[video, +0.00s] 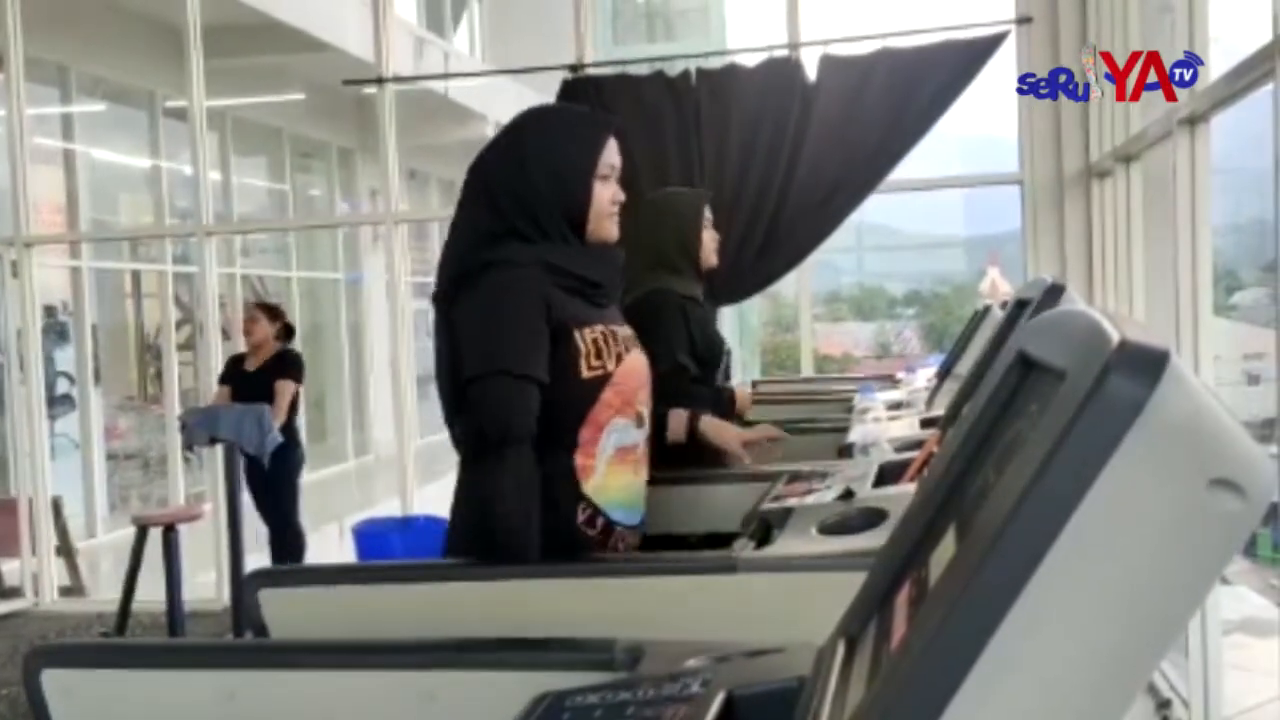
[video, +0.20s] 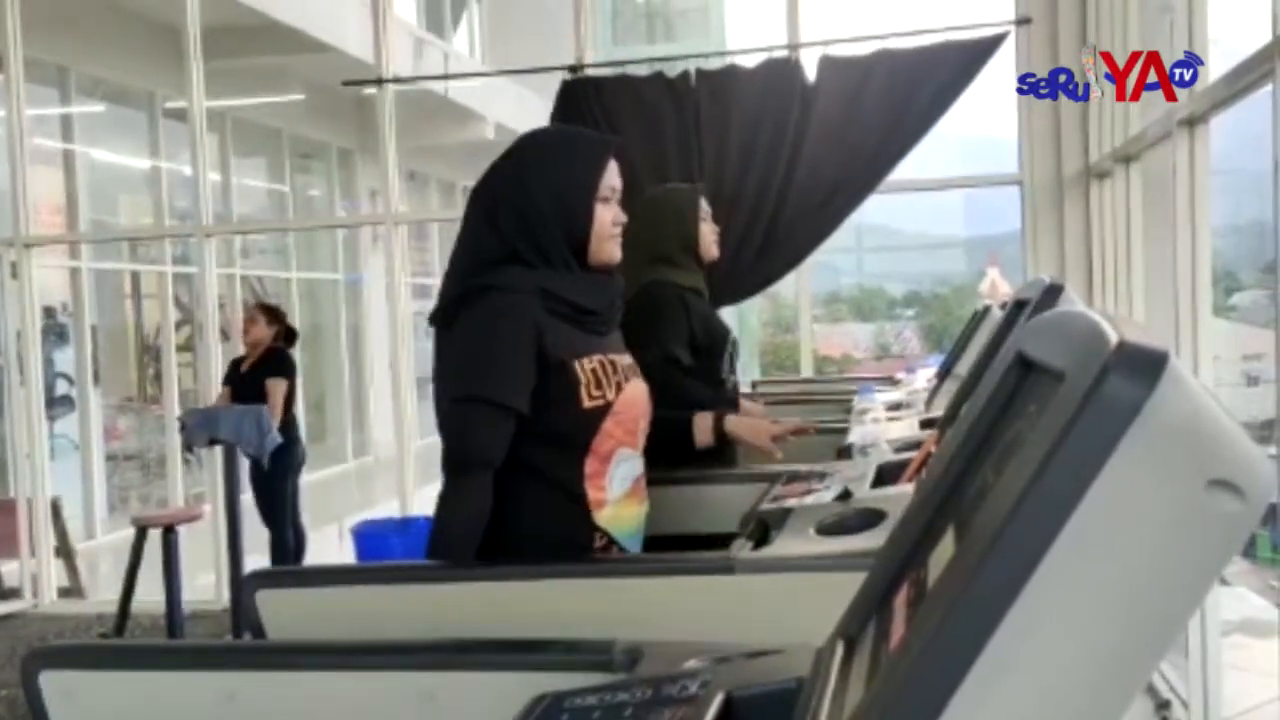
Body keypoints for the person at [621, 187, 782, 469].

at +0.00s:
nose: (716, 237)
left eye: (712, 227)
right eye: (708, 227)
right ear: (681, 234)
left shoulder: (686, 297)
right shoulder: (662, 303)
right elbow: (674, 392)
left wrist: (728, 397)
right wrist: (728, 401)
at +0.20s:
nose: (716, 229)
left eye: (711, 220)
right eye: (705, 220)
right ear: (679, 228)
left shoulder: (685, 291)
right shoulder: (661, 296)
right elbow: (668, 386)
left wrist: (735, 400)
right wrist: (734, 407)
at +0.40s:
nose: (714, 226)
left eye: (709, 215)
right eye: (703, 215)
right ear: (676, 224)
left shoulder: (690, 290)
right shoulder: (658, 292)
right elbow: (648, 383)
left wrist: (742, 379)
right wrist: (716, 408)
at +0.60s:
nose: (714, 231)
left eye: (709, 221)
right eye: (702, 222)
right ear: (676, 232)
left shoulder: (693, 302)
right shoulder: (651, 305)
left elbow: (712, 402)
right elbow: (631, 402)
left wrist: (743, 370)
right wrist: (701, 419)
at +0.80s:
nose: (714, 220)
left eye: (709, 211)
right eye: (703, 211)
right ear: (677, 220)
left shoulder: (689, 287)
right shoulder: (658, 292)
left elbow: (690, 375)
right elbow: (656, 385)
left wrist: (738, 385)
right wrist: (729, 400)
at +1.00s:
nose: (716, 222)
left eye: (711, 212)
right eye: (706, 212)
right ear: (681, 220)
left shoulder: (683, 284)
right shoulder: (666, 289)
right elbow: (681, 377)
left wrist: (735, 380)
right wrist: (737, 382)